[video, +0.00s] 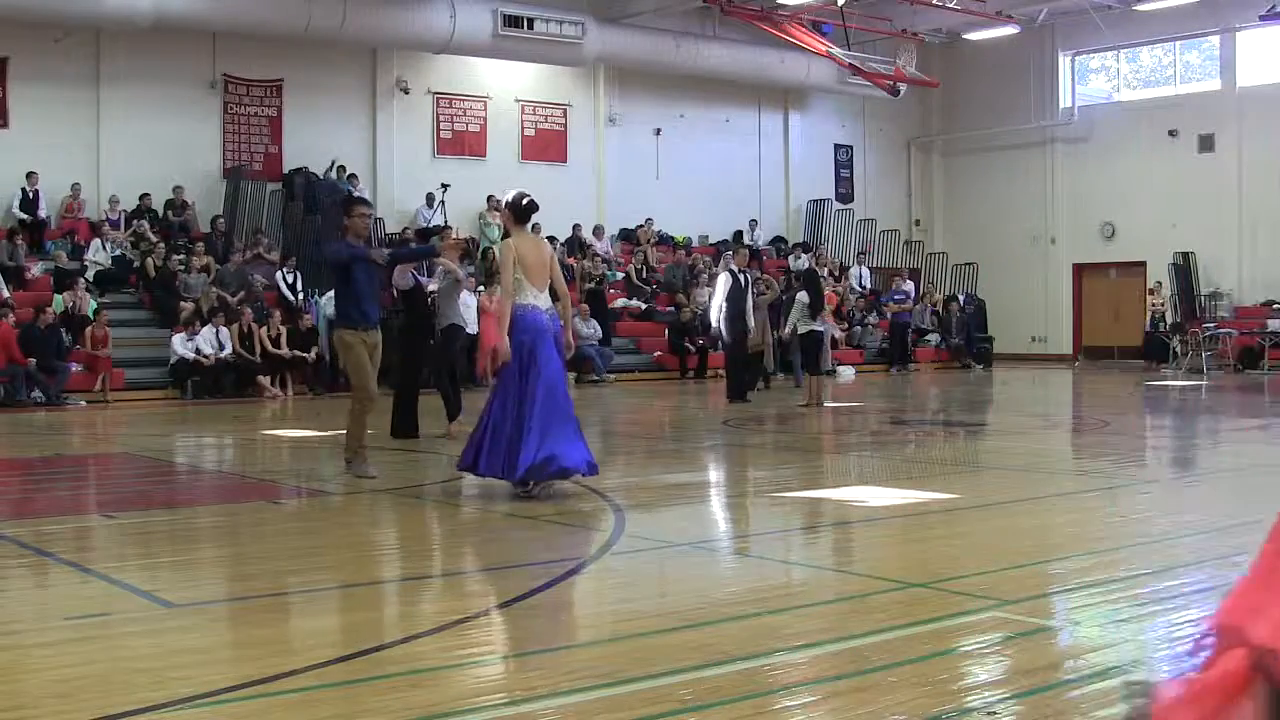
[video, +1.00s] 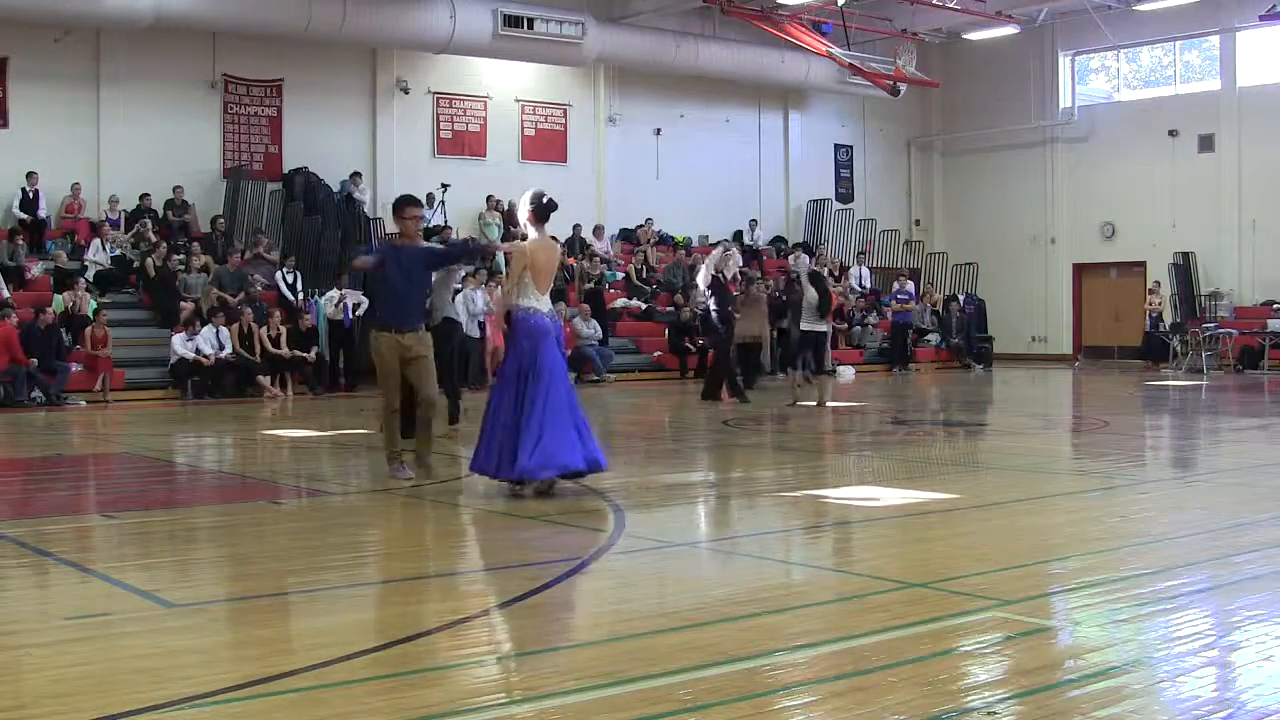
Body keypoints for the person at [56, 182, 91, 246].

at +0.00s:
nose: (78, 192)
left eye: (79, 190)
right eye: (76, 190)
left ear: (81, 191)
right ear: (71, 190)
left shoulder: (82, 201)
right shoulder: (66, 200)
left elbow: (81, 213)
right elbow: (61, 213)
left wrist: (78, 215)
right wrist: (72, 215)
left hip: (77, 220)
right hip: (65, 221)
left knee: (84, 222)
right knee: (81, 225)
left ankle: (81, 240)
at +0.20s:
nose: (78, 191)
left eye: (79, 189)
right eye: (75, 189)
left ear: (80, 190)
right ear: (71, 190)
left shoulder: (82, 201)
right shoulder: (66, 200)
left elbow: (82, 213)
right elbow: (61, 214)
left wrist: (78, 216)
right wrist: (72, 216)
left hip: (78, 220)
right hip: (67, 220)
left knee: (84, 222)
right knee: (81, 225)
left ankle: (81, 241)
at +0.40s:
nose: (78, 191)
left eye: (79, 189)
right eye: (75, 189)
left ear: (80, 190)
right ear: (71, 190)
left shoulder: (82, 201)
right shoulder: (66, 199)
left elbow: (82, 213)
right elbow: (61, 214)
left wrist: (78, 216)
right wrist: (72, 216)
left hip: (78, 220)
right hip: (67, 220)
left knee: (84, 222)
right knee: (81, 225)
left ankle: (81, 240)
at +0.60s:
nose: (78, 191)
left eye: (79, 189)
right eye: (75, 189)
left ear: (80, 190)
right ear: (71, 190)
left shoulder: (82, 201)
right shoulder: (66, 199)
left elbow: (82, 213)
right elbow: (61, 214)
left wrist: (78, 216)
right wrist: (72, 216)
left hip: (78, 220)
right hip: (67, 220)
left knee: (84, 222)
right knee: (81, 225)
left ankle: (81, 241)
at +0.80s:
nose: (78, 191)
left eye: (79, 189)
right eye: (76, 189)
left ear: (81, 190)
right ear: (72, 190)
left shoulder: (82, 201)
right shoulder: (67, 199)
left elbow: (82, 214)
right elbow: (62, 214)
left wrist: (79, 216)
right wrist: (73, 216)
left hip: (78, 220)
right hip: (66, 221)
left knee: (84, 222)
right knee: (82, 226)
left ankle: (80, 240)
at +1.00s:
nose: (78, 191)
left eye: (79, 189)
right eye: (76, 189)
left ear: (81, 191)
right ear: (72, 190)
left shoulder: (83, 202)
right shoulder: (67, 199)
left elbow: (82, 215)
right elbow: (62, 214)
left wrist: (79, 216)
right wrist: (73, 216)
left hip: (78, 220)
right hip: (66, 221)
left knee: (84, 221)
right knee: (82, 226)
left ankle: (81, 240)